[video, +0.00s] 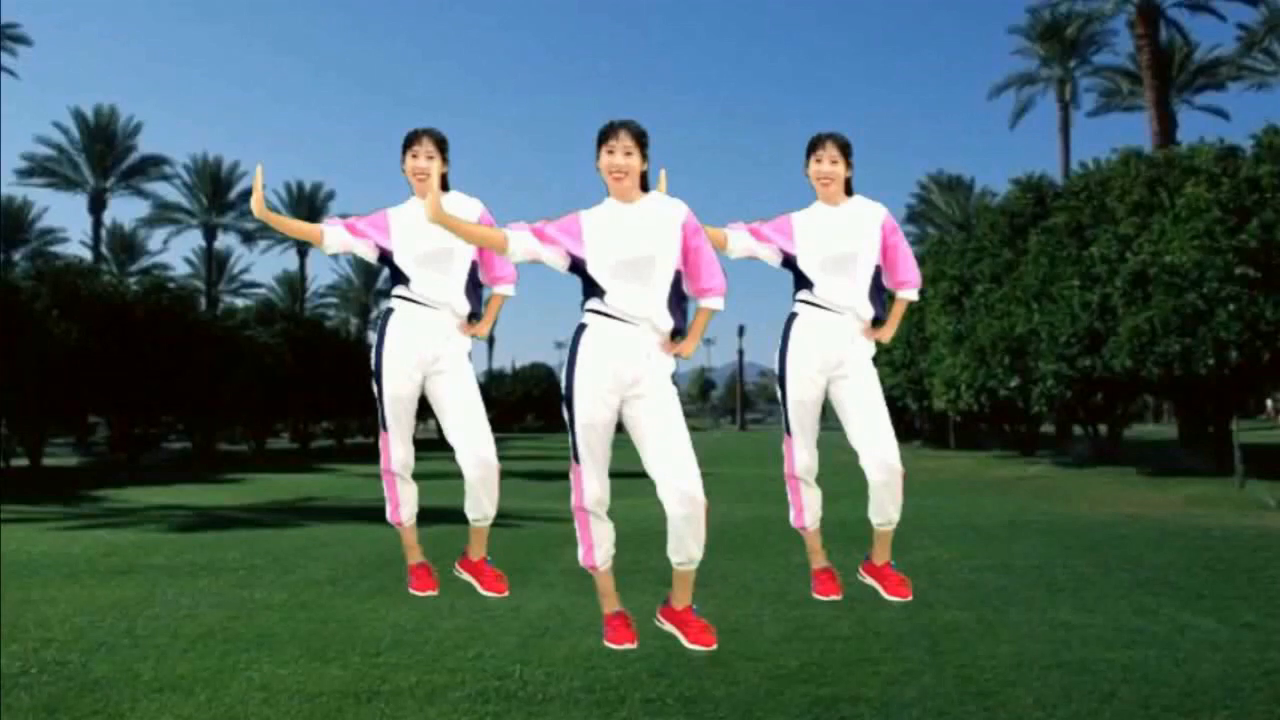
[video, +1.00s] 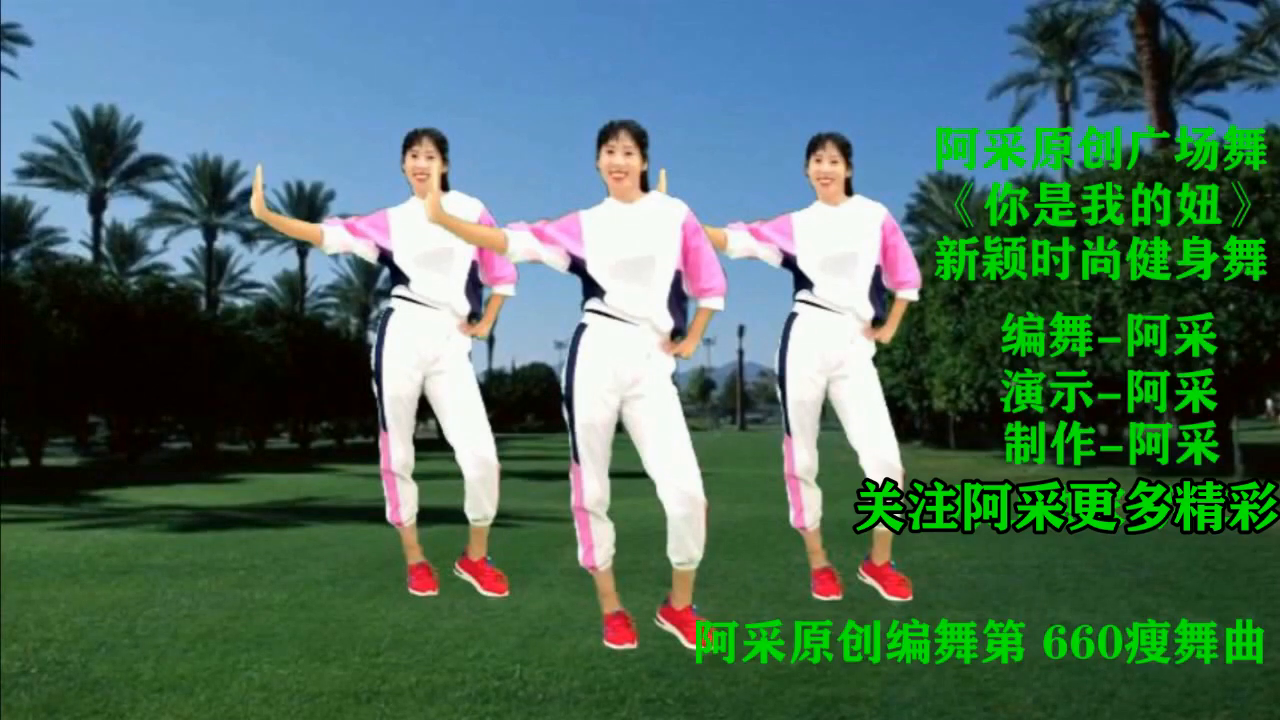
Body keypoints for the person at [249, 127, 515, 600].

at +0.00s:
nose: (420, 164)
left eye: (428, 157)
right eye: (413, 157)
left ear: (444, 165)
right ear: (404, 166)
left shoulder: (473, 211)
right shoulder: (393, 220)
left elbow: (503, 272)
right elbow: (327, 235)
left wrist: (485, 324)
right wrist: (266, 215)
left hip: (451, 334)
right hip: (401, 331)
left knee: (482, 456)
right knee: (399, 452)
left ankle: (476, 557)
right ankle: (415, 561)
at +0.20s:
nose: (420, 164)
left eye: (428, 157)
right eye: (412, 157)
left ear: (444, 165)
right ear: (403, 166)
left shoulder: (472, 211)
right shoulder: (393, 220)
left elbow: (503, 273)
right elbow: (327, 234)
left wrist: (484, 325)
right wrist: (265, 215)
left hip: (451, 334)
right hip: (402, 330)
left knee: (482, 456)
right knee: (399, 452)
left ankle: (476, 557)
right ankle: (415, 561)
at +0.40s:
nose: (420, 164)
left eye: (429, 157)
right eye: (413, 157)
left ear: (444, 165)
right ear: (404, 166)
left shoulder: (473, 211)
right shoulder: (393, 220)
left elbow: (503, 273)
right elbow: (327, 234)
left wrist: (485, 325)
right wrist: (265, 215)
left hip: (451, 334)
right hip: (401, 330)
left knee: (482, 456)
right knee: (399, 453)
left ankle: (476, 557)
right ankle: (416, 561)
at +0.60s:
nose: (420, 164)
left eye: (428, 157)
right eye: (412, 157)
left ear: (444, 165)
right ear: (404, 166)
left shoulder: (473, 211)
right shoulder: (393, 220)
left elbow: (503, 273)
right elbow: (327, 235)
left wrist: (484, 325)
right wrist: (265, 215)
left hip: (451, 335)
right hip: (401, 331)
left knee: (482, 456)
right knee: (399, 453)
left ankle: (476, 557)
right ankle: (415, 561)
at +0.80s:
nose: (420, 164)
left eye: (428, 157)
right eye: (413, 157)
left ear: (444, 165)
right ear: (404, 166)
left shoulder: (473, 211)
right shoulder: (393, 220)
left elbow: (503, 273)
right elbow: (327, 235)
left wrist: (485, 324)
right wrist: (265, 215)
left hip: (451, 334)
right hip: (401, 331)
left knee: (482, 456)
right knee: (399, 452)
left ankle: (476, 557)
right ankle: (415, 561)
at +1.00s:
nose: (420, 164)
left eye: (428, 157)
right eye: (412, 157)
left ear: (444, 165)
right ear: (404, 166)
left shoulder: (473, 211)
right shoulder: (393, 220)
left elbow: (503, 273)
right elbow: (327, 235)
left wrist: (485, 324)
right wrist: (265, 215)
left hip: (451, 335)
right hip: (401, 331)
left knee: (482, 456)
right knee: (399, 453)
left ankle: (476, 557)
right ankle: (415, 561)